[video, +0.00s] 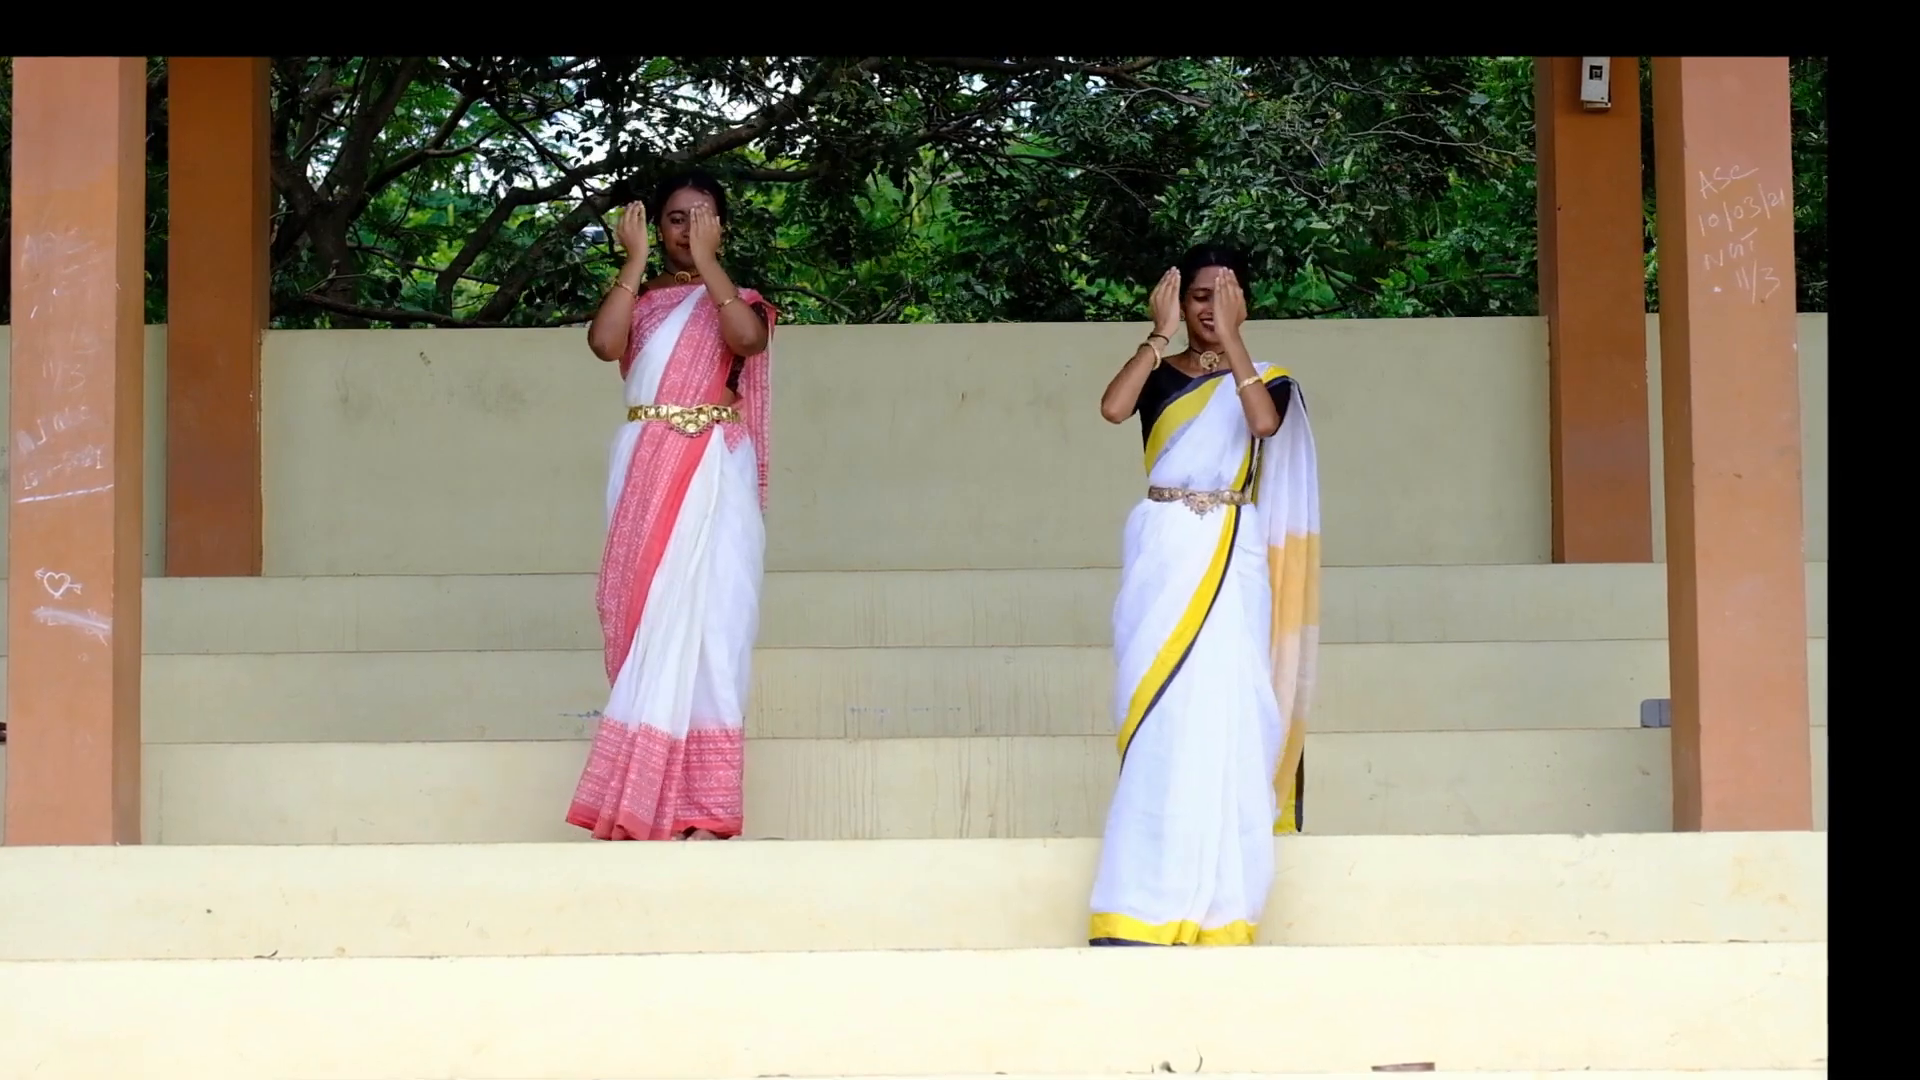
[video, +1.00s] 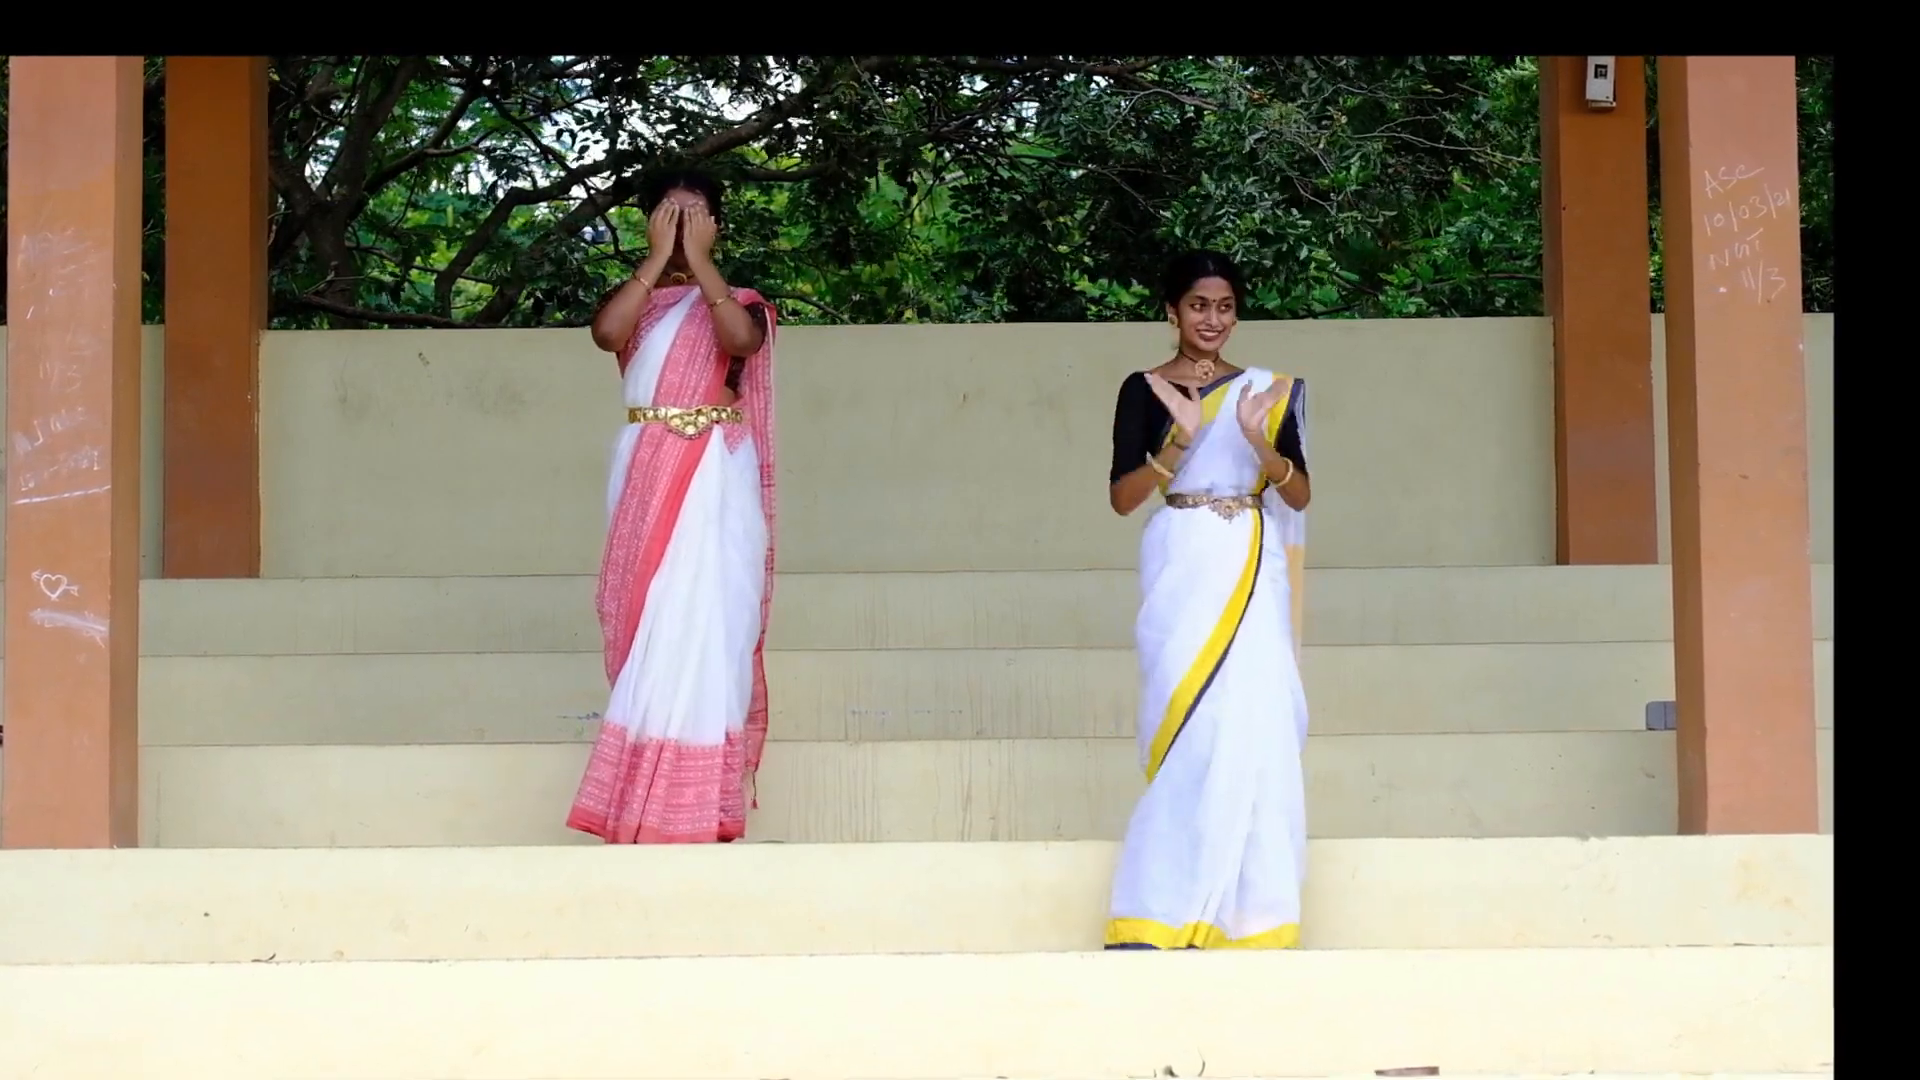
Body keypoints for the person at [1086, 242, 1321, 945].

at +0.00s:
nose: (1209, 305)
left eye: (1221, 292)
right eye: (1197, 294)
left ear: (1246, 305)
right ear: (1180, 307)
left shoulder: (1269, 381)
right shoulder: (1162, 373)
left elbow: (1263, 422)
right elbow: (1114, 406)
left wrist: (1229, 339)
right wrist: (1157, 333)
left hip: (1224, 562)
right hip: (1154, 557)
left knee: (1215, 723)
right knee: (1153, 720)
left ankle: (1213, 904)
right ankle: (1147, 902)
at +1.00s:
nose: (1213, 318)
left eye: (1224, 307)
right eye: (1200, 305)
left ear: (1236, 316)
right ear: (1174, 311)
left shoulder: (1273, 392)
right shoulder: (1145, 389)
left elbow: (1299, 496)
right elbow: (1123, 498)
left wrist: (1265, 448)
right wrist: (1178, 441)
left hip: (1255, 563)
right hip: (1183, 563)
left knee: (1254, 723)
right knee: (1186, 722)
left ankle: (1248, 908)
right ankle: (1175, 908)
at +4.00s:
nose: (1157, 351)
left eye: (1167, 334)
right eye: (1147, 339)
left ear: (1205, 332)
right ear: (1146, 346)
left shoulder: (1284, 402)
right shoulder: (1160, 440)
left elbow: (1364, 472)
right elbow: (1152, 542)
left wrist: (1317, 502)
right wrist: (1114, 621)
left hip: (1285, 593)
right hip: (1208, 596)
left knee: (1265, 751)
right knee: (1205, 753)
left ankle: (1249, 923)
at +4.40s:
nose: (1249, 297)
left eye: (1254, 286)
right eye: (1234, 286)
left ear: (1260, 299)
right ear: (1197, 301)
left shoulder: (1275, 385)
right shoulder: (1196, 383)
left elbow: (1280, 492)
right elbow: (1251, 442)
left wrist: (1302, 491)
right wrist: (1314, 469)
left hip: (1274, 567)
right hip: (1214, 562)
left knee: (1281, 727)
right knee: (1216, 731)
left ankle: (1300, 908)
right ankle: (1230, 911)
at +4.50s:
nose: (1260, 295)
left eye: (1262, 285)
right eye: (1244, 284)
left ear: (1263, 299)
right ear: (1204, 298)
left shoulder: (1274, 386)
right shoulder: (1202, 380)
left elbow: (1279, 506)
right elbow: (1274, 431)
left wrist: (1311, 484)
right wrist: (1347, 445)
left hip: (1272, 566)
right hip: (1218, 561)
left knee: (1283, 729)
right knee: (1221, 734)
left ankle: (1298, 910)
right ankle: (1236, 913)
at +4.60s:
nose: (1264, 295)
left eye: (1266, 285)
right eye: (1249, 283)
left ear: (1265, 300)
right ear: (1210, 296)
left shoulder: (1271, 388)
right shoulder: (1205, 374)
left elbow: (1278, 511)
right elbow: (1285, 420)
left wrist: (1309, 484)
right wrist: (1366, 424)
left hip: (1270, 563)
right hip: (1219, 557)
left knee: (1281, 731)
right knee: (1221, 731)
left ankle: (1292, 918)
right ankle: (1232, 921)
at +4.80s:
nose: (1269, 295)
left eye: (1271, 285)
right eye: (1255, 284)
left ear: (1264, 301)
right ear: (1215, 297)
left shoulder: (1262, 393)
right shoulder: (1209, 373)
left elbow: (1288, 518)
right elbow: (1300, 406)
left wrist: (1317, 477)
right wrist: (1385, 396)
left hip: (1267, 565)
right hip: (1218, 558)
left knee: (1277, 730)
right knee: (1217, 729)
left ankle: (1286, 913)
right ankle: (1226, 919)